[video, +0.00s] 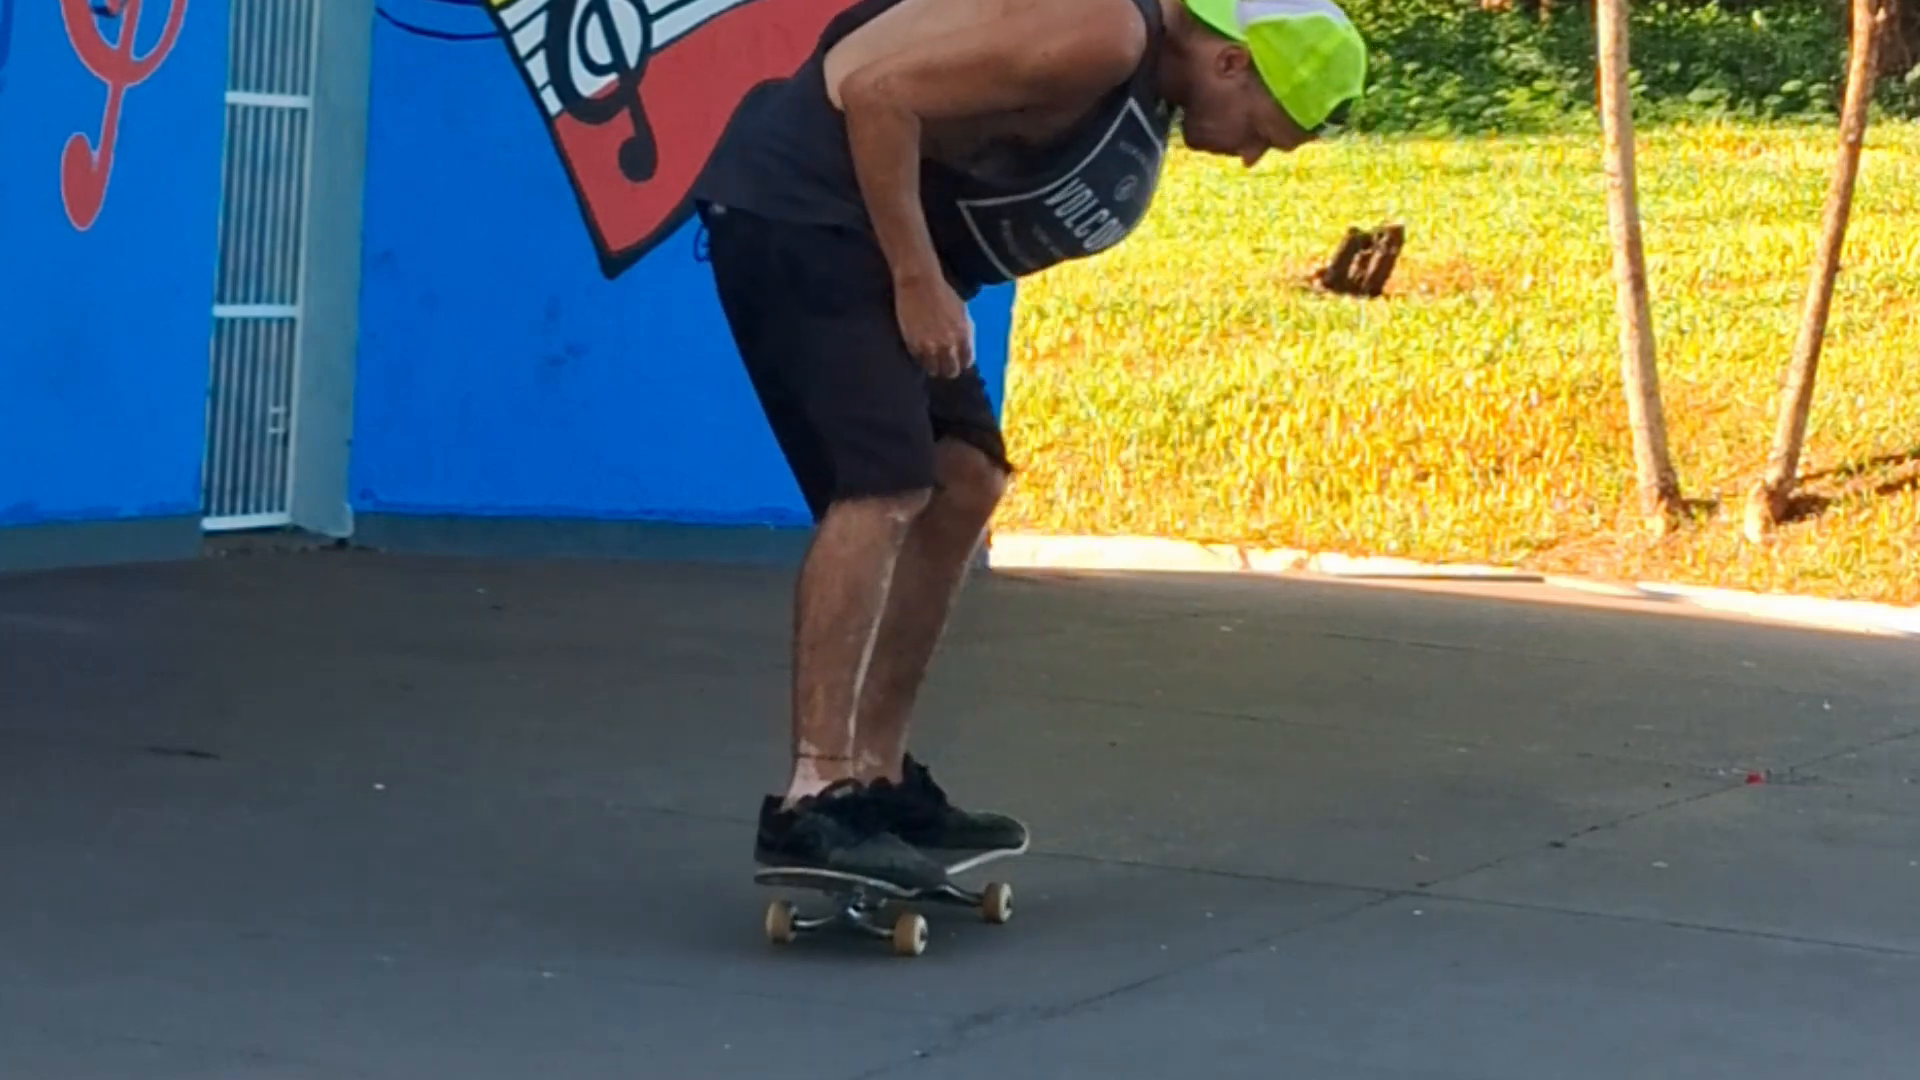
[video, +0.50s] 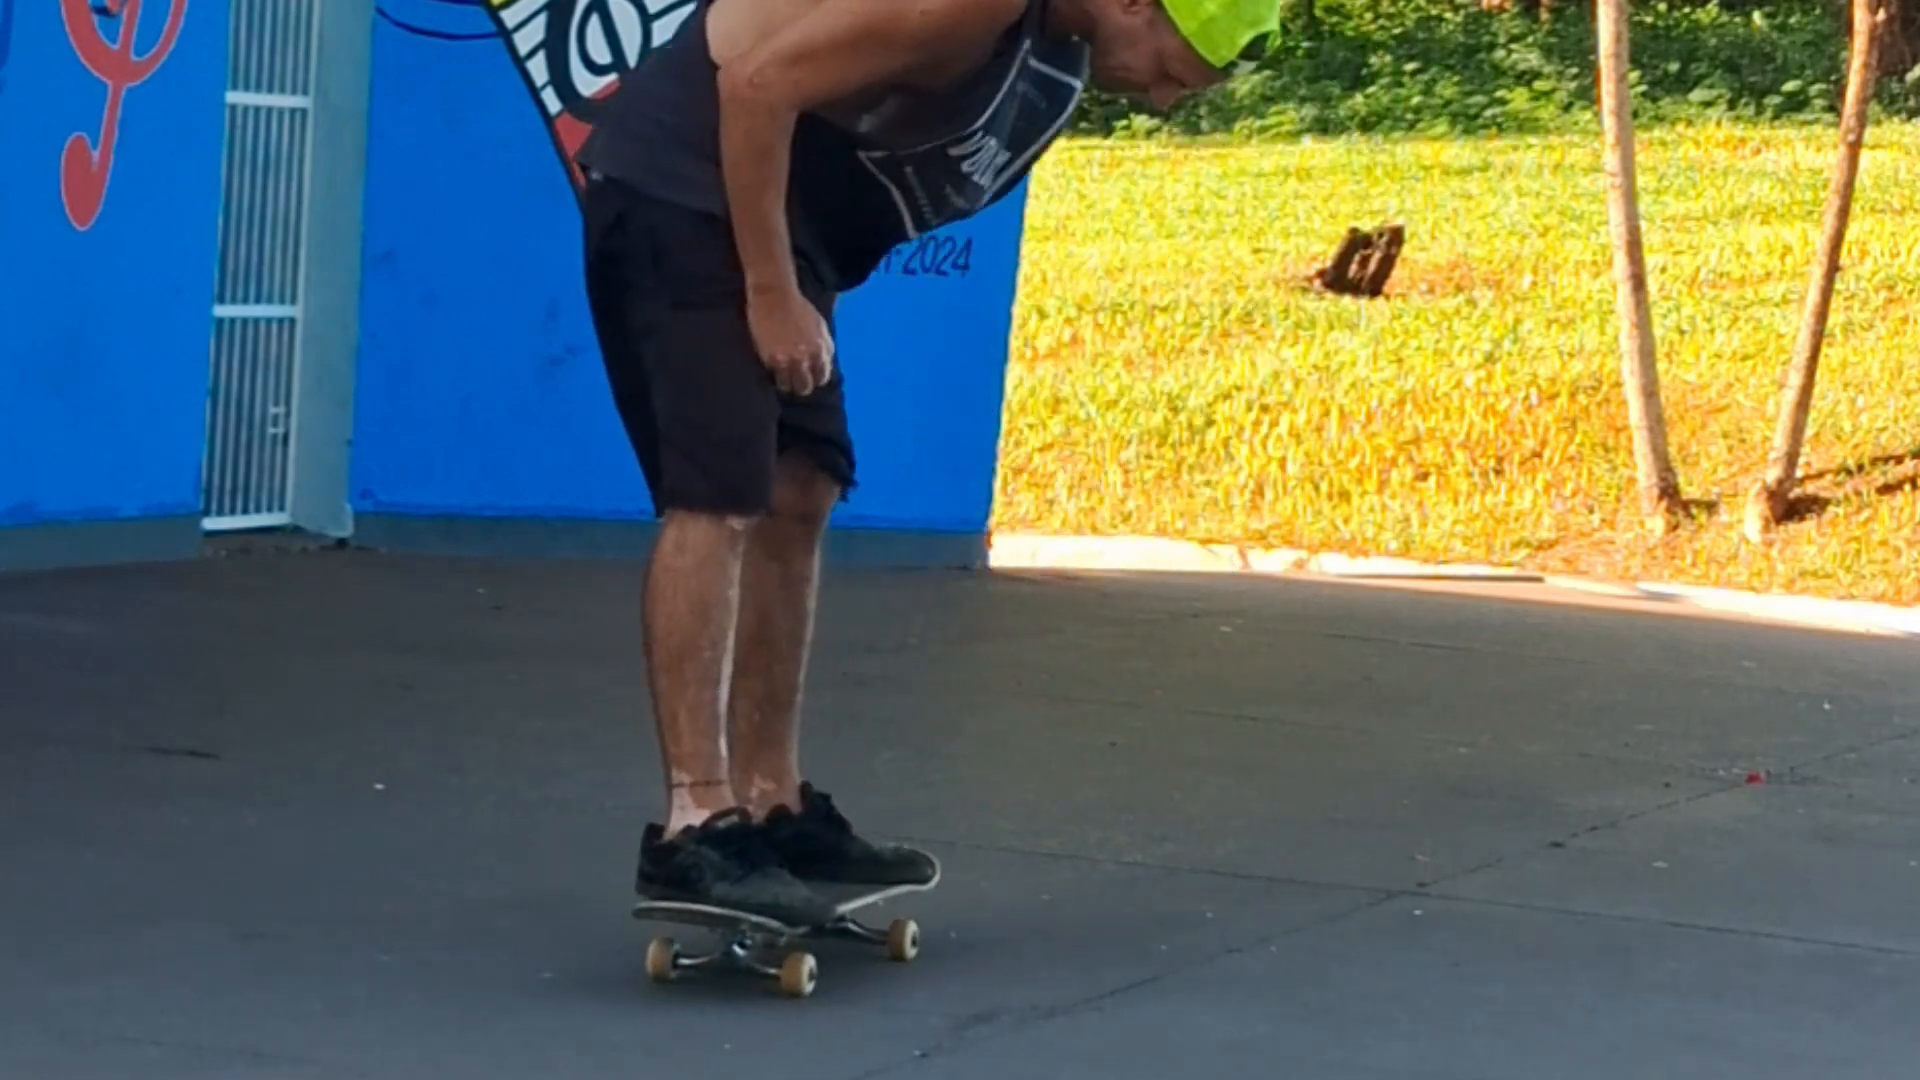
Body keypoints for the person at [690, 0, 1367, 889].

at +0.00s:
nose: (1251, 159)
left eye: (1271, 147)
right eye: (1261, 135)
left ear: (1235, 67)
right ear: (1233, 65)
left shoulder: (1143, 99)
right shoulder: (1100, 38)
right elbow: (874, 86)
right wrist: (920, 279)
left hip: (890, 238)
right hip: (798, 207)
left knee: (965, 479)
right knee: (880, 482)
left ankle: (876, 776)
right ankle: (813, 795)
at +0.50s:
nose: (1178, 92)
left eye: (1200, 82)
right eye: (1176, 65)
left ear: (1125, 7)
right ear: (1132, 1)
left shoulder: (1057, 64)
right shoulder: (970, 13)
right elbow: (755, 80)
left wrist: (810, 282)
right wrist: (772, 288)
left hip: (785, 229)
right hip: (675, 191)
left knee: (800, 484)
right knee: (717, 488)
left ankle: (771, 807)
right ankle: (693, 825)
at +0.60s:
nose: (1151, 89)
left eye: (1170, 79)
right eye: (1155, 63)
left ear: (1101, 11)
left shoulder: (1006, 50)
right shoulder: (943, 12)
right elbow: (731, 77)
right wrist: (742, 291)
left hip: (758, 229)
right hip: (655, 195)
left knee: (760, 497)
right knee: (676, 496)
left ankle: (748, 814)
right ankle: (667, 832)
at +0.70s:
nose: (1132, 83)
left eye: (1149, 73)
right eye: (1132, 58)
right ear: (1089, 2)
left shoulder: (1006, 69)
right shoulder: (921, 12)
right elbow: (704, 81)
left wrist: (754, 290)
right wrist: (711, 296)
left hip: (731, 231)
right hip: (627, 198)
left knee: (727, 506)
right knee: (642, 502)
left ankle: (724, 818)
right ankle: (640, 838)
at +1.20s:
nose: (1014, 23)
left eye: (1026, 20)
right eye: (1012, 6)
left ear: (993, 17)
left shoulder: (907, 51)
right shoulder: (771, 4)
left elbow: (723, 143)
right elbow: (550, 67)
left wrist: (685, 311)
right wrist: (557, 294)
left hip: (609, 225)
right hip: (479, 178)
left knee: (590, 521)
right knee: (485, 512)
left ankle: (603, 854)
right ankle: (499, 874)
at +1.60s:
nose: (879, 7)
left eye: (889, 5)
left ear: (853, 3)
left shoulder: (761, 19)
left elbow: (637, 168)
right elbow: (416, 63)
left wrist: (560, 340)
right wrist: (432, 297)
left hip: (489, 231)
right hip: (351, 183)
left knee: (468, 533)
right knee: (355, 528)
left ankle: (490, 878)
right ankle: (368, 901)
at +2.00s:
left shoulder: (631, 21)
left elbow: (518, 154)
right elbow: (283, 55)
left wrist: (441, 334)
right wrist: (299, 303)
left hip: (386, 202)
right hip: (227, 155)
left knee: (356, 542)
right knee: (213, 540)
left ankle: (358, 908)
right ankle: (214, 941)